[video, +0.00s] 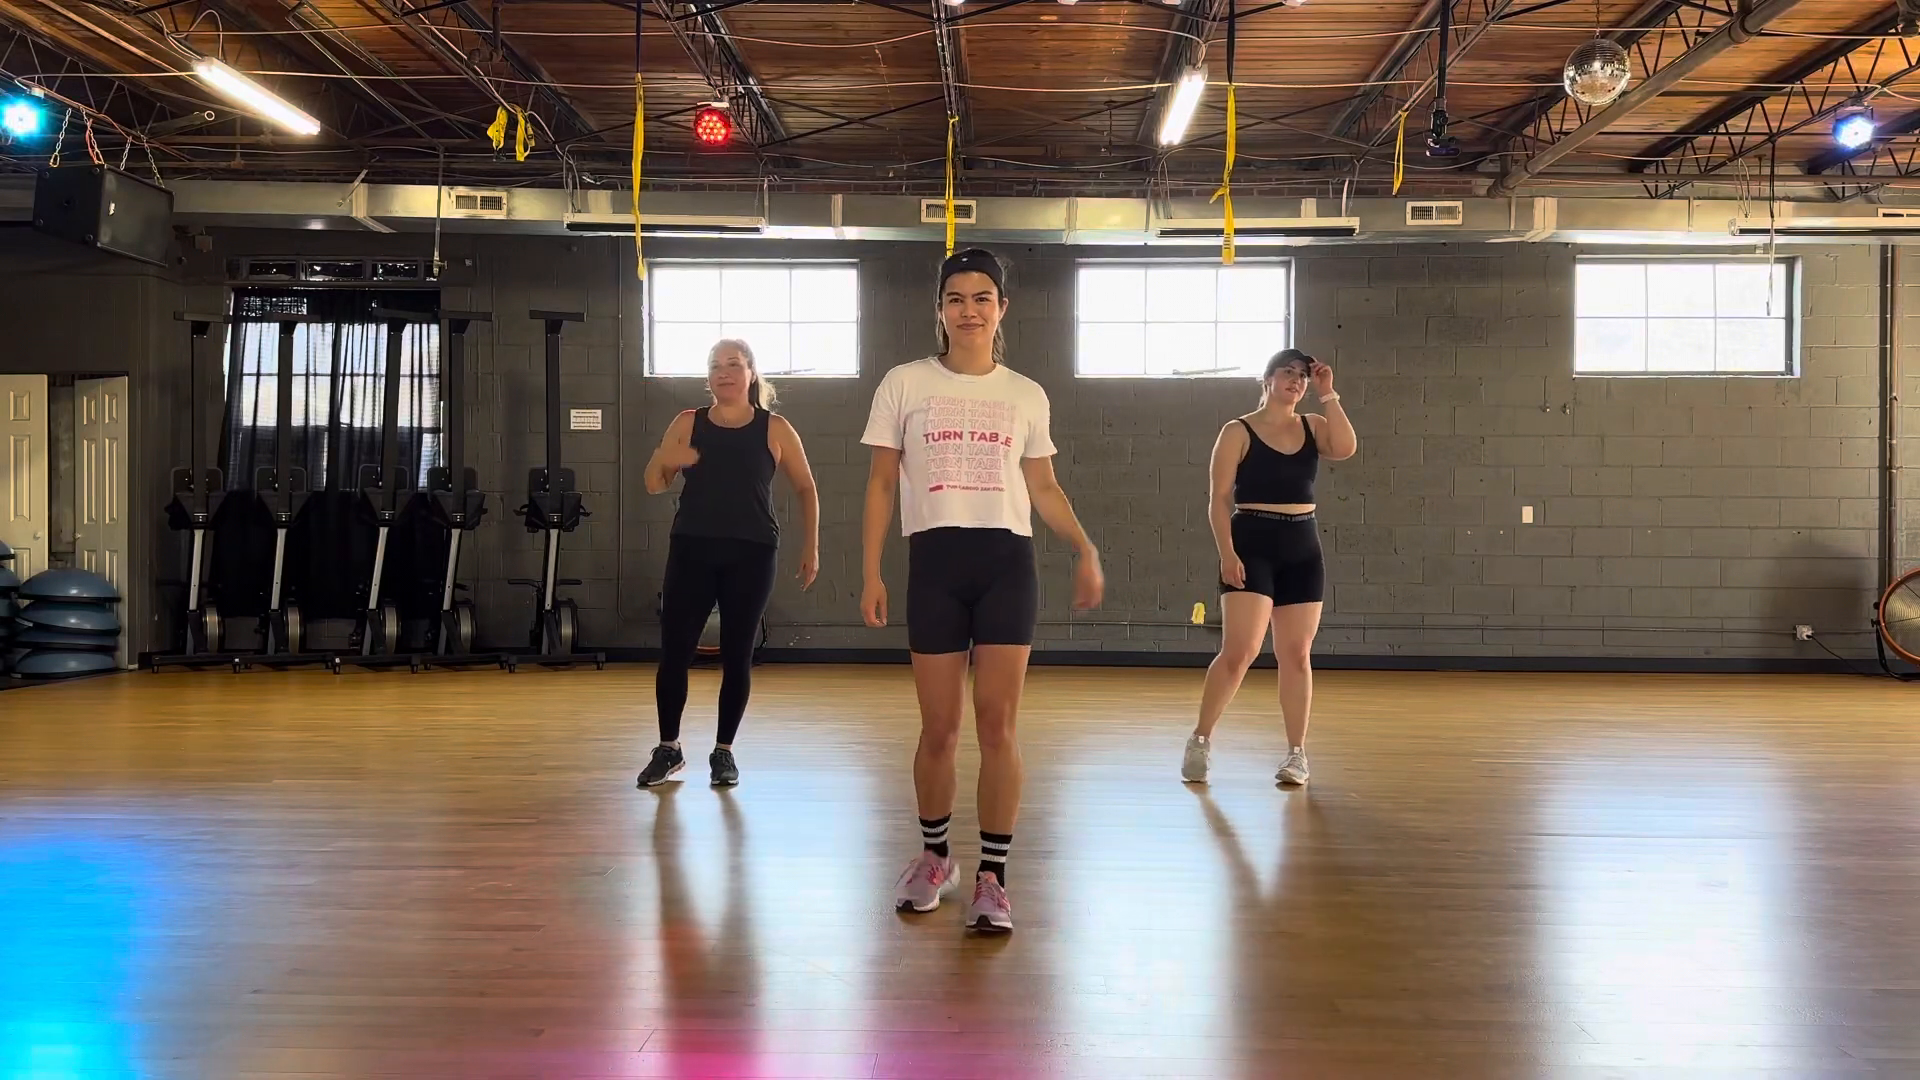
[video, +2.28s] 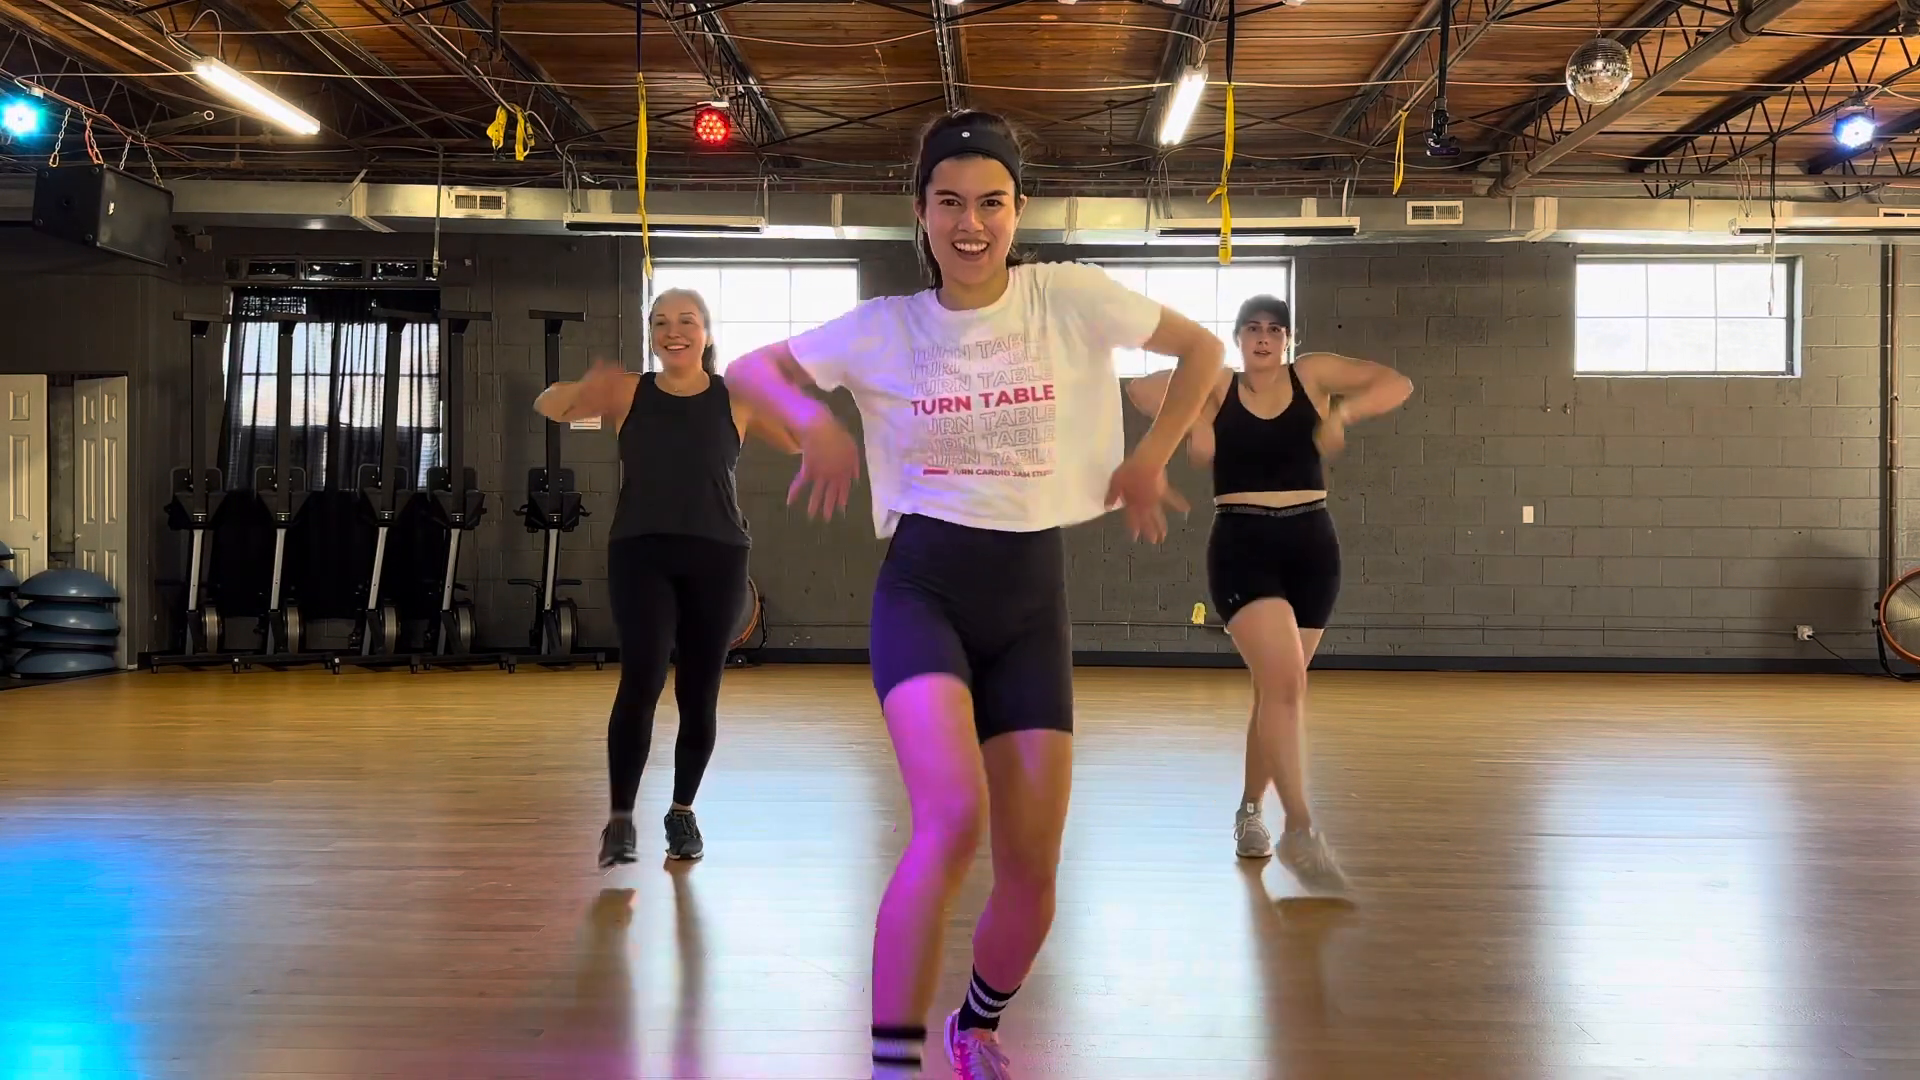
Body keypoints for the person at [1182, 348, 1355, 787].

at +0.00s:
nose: (1294, 380)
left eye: (1301, 376)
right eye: (1286, 372)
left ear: (1305, 389)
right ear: (1267, 380)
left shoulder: (1311, 426)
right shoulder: (1238, 431)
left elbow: (1345, 447)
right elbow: (1220, 498)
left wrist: (1328, 394)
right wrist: (1227, 554)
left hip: (1303, 548)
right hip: (1251, 545)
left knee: (1297, 654)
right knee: (1239, 652)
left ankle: (1296, 753)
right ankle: (1200, 740)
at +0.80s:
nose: (1266, 379)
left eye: (1273, 373)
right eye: (1257, 374)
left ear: (1285, 384)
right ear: (1242, 386)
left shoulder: (1311, 431)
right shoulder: (1225, 441)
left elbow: (1340, 494)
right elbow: (1208, 499)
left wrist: (1293, 473)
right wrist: (1180, 545)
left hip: (1290, 557)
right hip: (1231, 554)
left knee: (1277, 671)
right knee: (1242, 667)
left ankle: (1272, 742)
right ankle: (1254, 768)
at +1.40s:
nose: (1267, 368)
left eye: (1275, 361)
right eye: (1258, 360)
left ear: (1285, 372)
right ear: (1241, 370)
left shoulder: (1309, 424)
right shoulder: (1209, 428)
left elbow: (1330, 491)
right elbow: (1191, 503)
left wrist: (1336, 553)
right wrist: (1201, 556)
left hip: (1293, 555)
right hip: (1228, 556)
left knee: (1270, 668)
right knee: (1246, 677)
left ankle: (1253, 775)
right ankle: (1263, 778)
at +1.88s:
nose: (1276, 344)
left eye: (1286, 337)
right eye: (1265, 336)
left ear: (1298, 354)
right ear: (1246, 351)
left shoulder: (1319, 427)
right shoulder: (1212, 413)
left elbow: (1336, 508)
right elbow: (1177, 490)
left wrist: (1389, 545)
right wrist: (1130, 538)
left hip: (1297, 562)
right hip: (1226, 557)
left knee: (1273, 694)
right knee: (1230, 694)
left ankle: (1251, 812)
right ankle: (1209, 768)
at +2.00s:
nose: (1275, 342)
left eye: (1285, 336)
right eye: (1265, 334)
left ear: (1298, 353)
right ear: (1247, 349)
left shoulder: (1317, 420)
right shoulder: (1210, 408)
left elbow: (1364, 476)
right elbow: (1154, 465)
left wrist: (1406, 417)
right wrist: (1094, 416)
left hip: (1298, 548)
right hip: (1227, 546)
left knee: (1278, 691)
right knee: (1267, 653)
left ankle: (1251, 811)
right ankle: (1224, 746)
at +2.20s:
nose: (1265, 335)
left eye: (1275, 328)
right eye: (1255, 327)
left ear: (1288, 341)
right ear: (1237, 339)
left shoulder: (1314, 392)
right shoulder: (1211, 392)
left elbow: (1402, 391)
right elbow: (1130, 381)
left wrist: (1343, 368)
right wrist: (1173, 385)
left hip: (1304, 543)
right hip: (1232, 544)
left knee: (1277, 681)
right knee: (1286, 639)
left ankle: (1253, 809)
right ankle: (1295, 787)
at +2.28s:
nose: (1263, 338)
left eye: (1273, 330)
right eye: (1252, 330)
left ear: (1287, 339)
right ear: (1236, 339)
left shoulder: (1312, 373)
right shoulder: (1214, 390)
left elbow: (1398, 384)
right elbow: (1133, 387)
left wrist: (1346, 412)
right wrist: (1188, 425)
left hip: (1311, 539)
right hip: (1242, 541)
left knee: (1281, 689)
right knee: (1283, 683)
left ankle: (1251, 808)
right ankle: (1299, 828)